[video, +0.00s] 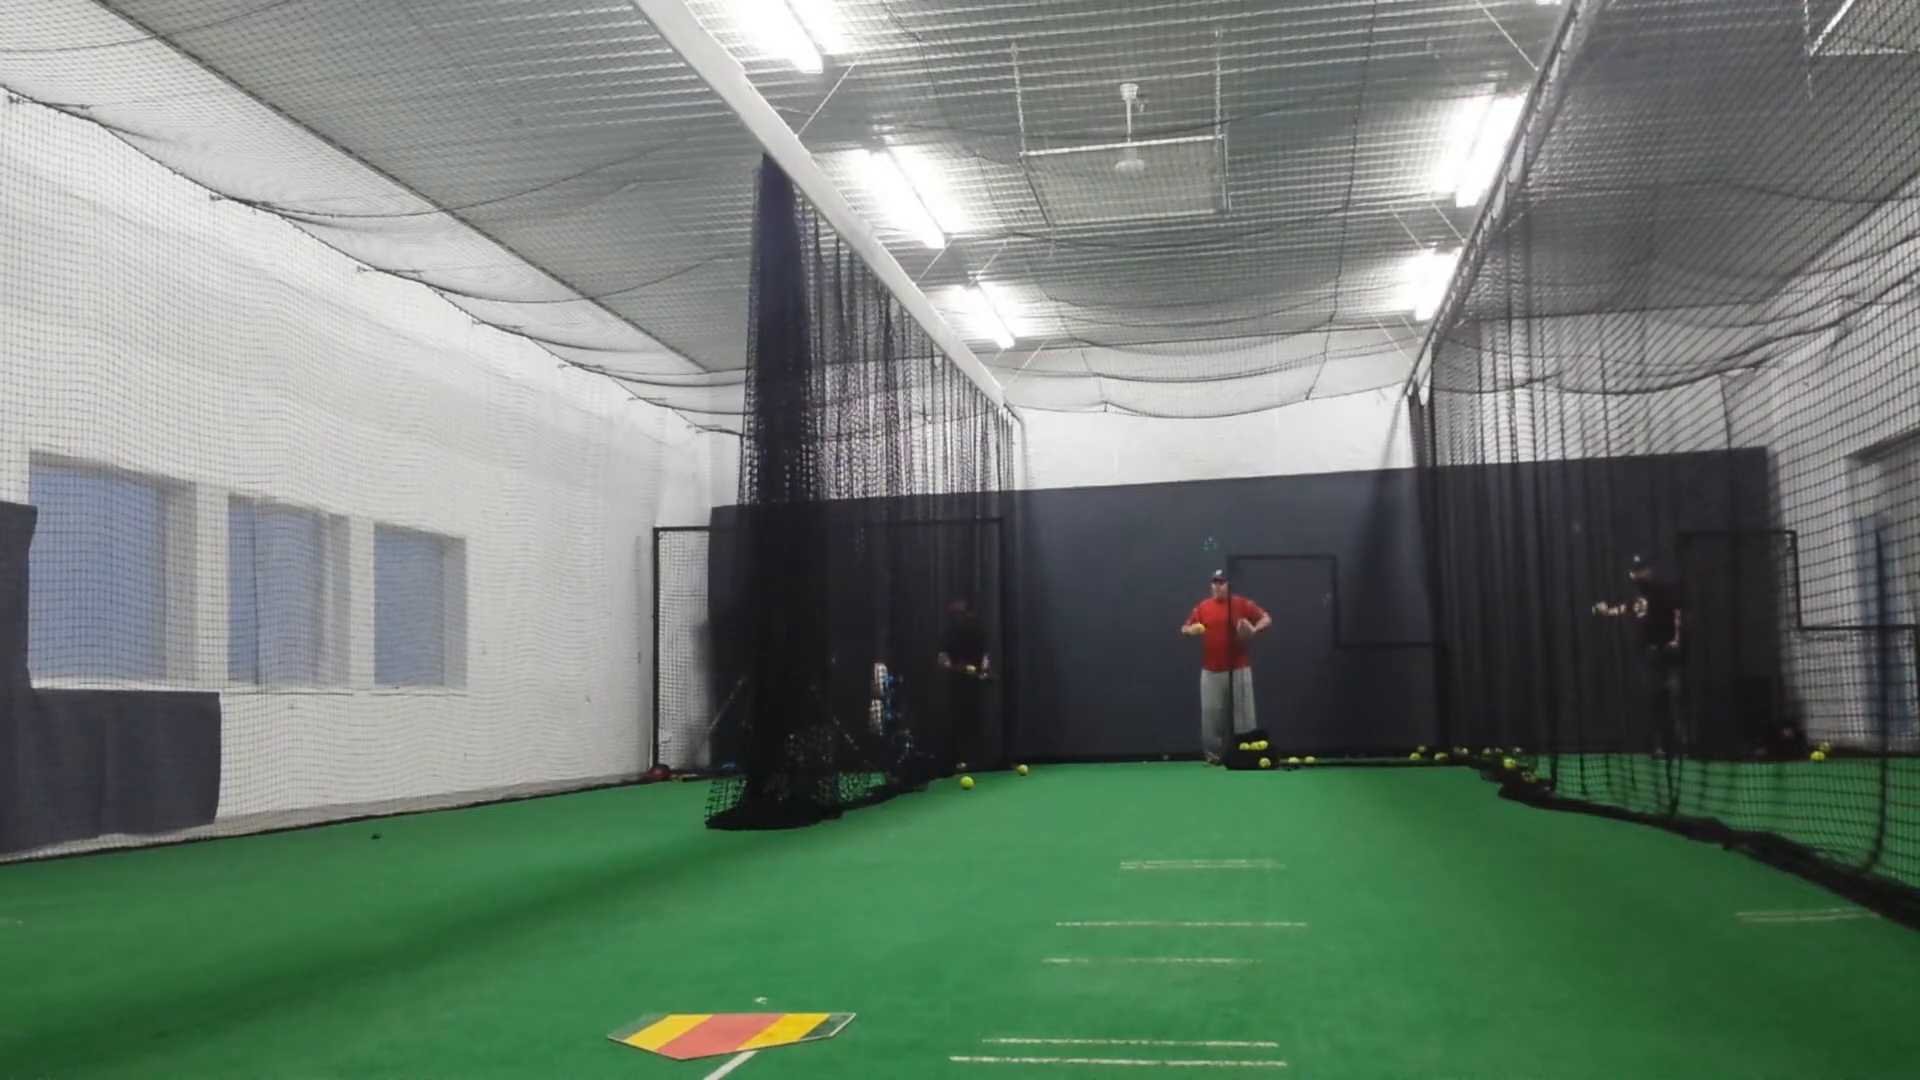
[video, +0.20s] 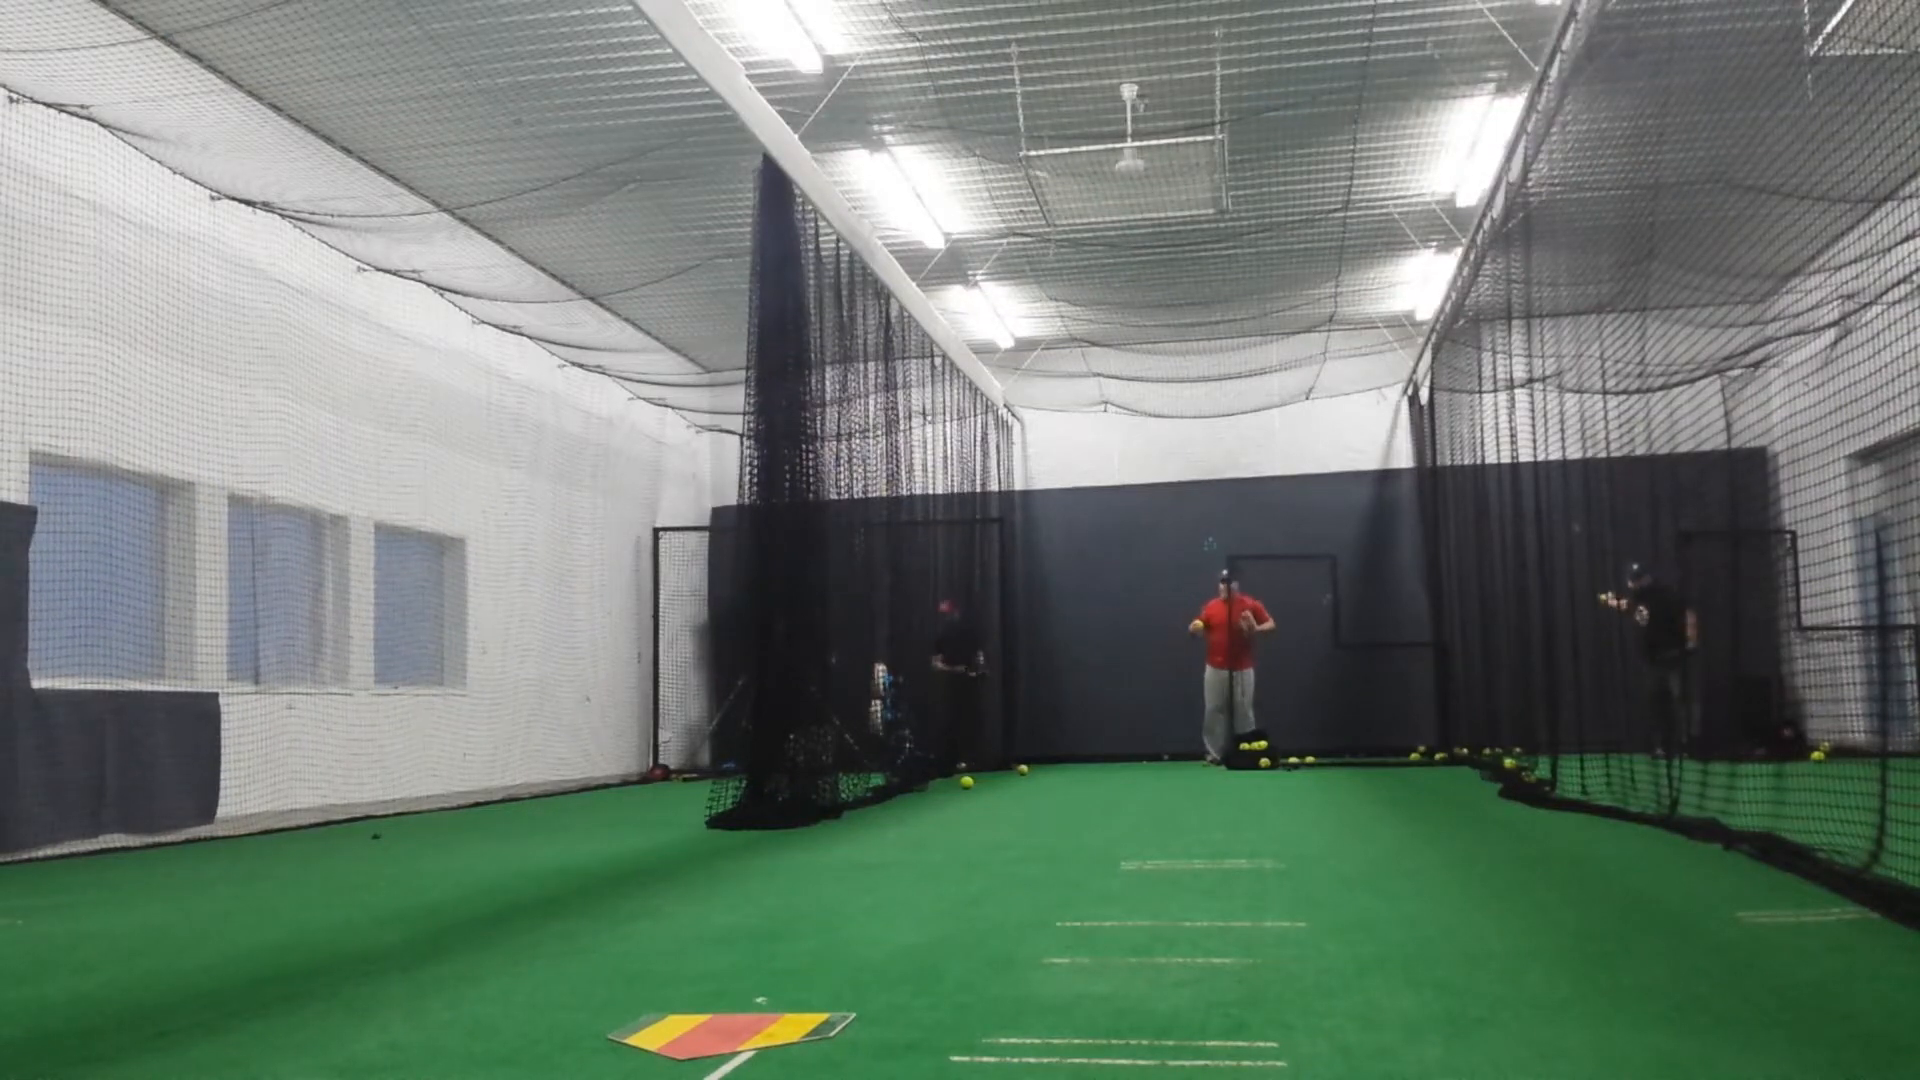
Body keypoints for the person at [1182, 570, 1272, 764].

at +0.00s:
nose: (1218, 587)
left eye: (1221, 583)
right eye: (1215, 583)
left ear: (1228, 585)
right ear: (1211, 586)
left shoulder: (1241, 604)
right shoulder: (1203, 607)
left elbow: (1266, 618)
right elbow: (1185, 628)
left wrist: (1254, 629)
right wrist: (1192, 629)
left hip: (1239, 667)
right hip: (1213, 668)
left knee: (1244, 709)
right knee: (1212, 711)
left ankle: (1246, 751)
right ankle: (1213, 752)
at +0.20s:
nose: (1226, 586)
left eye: (1230, 582)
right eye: (1223, 582)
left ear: (1237, 584)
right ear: (1219, 585)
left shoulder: (1250, 605)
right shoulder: (1212, 606)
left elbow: (1271, 624)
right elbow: (1201, 626)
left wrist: (1256, 628)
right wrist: (1196, 628)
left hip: (1242, 666)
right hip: (1216, 666)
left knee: (1243, 708)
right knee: (1214, 709)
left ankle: (1247, 752)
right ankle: (1215, 752)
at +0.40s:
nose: (1229, 588)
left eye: (1233, 584)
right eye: (1226, 584)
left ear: (1241, 585)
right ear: (1223, 586)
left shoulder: (1254, 607)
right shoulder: (1217, 607)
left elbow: (1272, 630)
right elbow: (1206, 629)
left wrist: (1258, 631)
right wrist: (1201, 628)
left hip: (1246, 668)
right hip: (1219, 668)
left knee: (1250, 711)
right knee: (1213, 708)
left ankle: (1251, 751)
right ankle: (1213, 752)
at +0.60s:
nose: (1228, 585)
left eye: (1231, 580)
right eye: (1225, 581)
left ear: (1240, 582)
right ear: (1221, 584)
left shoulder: (1255, 601)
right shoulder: (1217, 604)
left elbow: (1280, 616)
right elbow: (1205, 634)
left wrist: (1260, 626)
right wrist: (1202, 626)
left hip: (1246, 666)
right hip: (1220, 664)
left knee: (1247, 708)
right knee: (1207, 704)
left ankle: (1249, 750)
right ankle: (1203, 748)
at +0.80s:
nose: (1228, 587)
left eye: (1232, 582)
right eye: (1225, 583)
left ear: (1240, 584)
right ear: (1221, 586)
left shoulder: (1252, 605)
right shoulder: (1216, 606)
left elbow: (1272, 628)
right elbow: (1210, 633)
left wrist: (1252, 631)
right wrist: (1202, 630)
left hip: (1246, 668)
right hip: (1220, 667)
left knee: (1248, 711)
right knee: (1213, 710)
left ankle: (1250, 755)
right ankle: (1207, 754)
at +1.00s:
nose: (1222, 584)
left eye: (1225, 580)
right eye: (1219, 580)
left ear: (1233, 582)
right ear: (1215, 584)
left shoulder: (1248, 603)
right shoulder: (1209, 605)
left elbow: (1269, 623)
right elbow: (1198, 629)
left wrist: (1249, 630)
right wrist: (1192, 621)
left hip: (1242, 666)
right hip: (1216, 666)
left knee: (1246, 709)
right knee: (1209, 709)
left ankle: (1250, 752)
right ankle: (1207, 753)